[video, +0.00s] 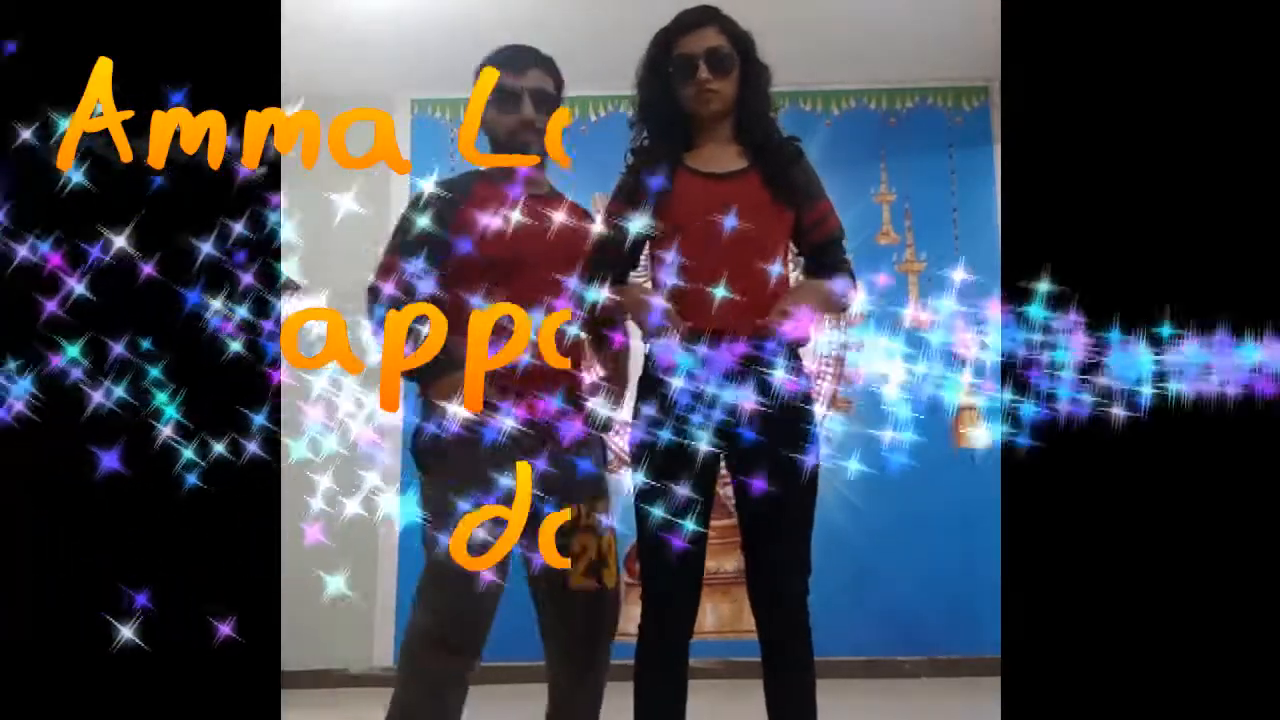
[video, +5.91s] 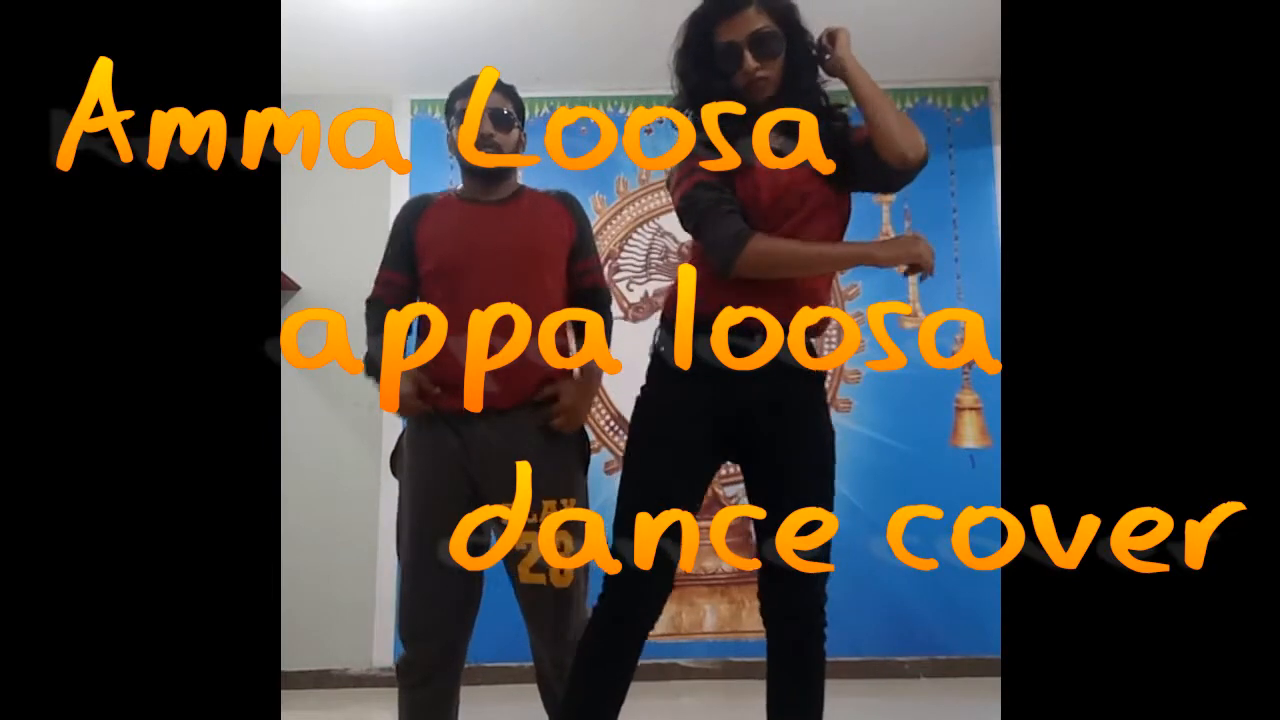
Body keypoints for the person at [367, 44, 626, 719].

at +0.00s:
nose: (524, 111)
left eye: (540, 100)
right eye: (508, 96)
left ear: (556, 116)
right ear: (481, 107)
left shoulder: (584, 221)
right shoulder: (442, 201)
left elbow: (610, 330)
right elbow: (390, 303)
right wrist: (437, 366)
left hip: (565, 440)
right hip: (466, 439)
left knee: (584, 627)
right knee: (451, 621)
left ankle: (574, 717)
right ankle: (416, 719)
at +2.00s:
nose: (466, 135)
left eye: (481, 123)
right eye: (449, 124)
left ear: (499, 132)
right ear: (427, 136)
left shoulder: (542, 215)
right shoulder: (397, 217)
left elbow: (577, 315)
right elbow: (361, 317)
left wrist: (588, 404)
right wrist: (347, 398)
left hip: (530, 440)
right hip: (423, 443)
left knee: (570, 628)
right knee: (413, 625)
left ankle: (579, 716)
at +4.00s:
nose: (496, 141)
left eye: (510, 131)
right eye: (483, 130)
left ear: (529, 145)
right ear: (459, 140)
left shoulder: (568, 230)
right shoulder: (426, 235)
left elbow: (607, 317)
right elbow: (386, 334)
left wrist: (590, 378)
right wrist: (398, 389)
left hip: (546, 438)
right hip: (447, 442)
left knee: (563, 623)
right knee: (430, 625)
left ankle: (580, 719)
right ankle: (422, 719)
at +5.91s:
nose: (492, 130)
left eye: (505, 119)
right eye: (477, 119)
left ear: (522, 134)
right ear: (453, 133)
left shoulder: (562, 213)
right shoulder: (418, 217)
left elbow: (595, 306)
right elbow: (383, 308)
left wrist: (590, 376)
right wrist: (391, 369)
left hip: (542, 436)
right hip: (439, 439)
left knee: (562, 623)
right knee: (430, 627)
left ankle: (580, 718)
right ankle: (425, 718)